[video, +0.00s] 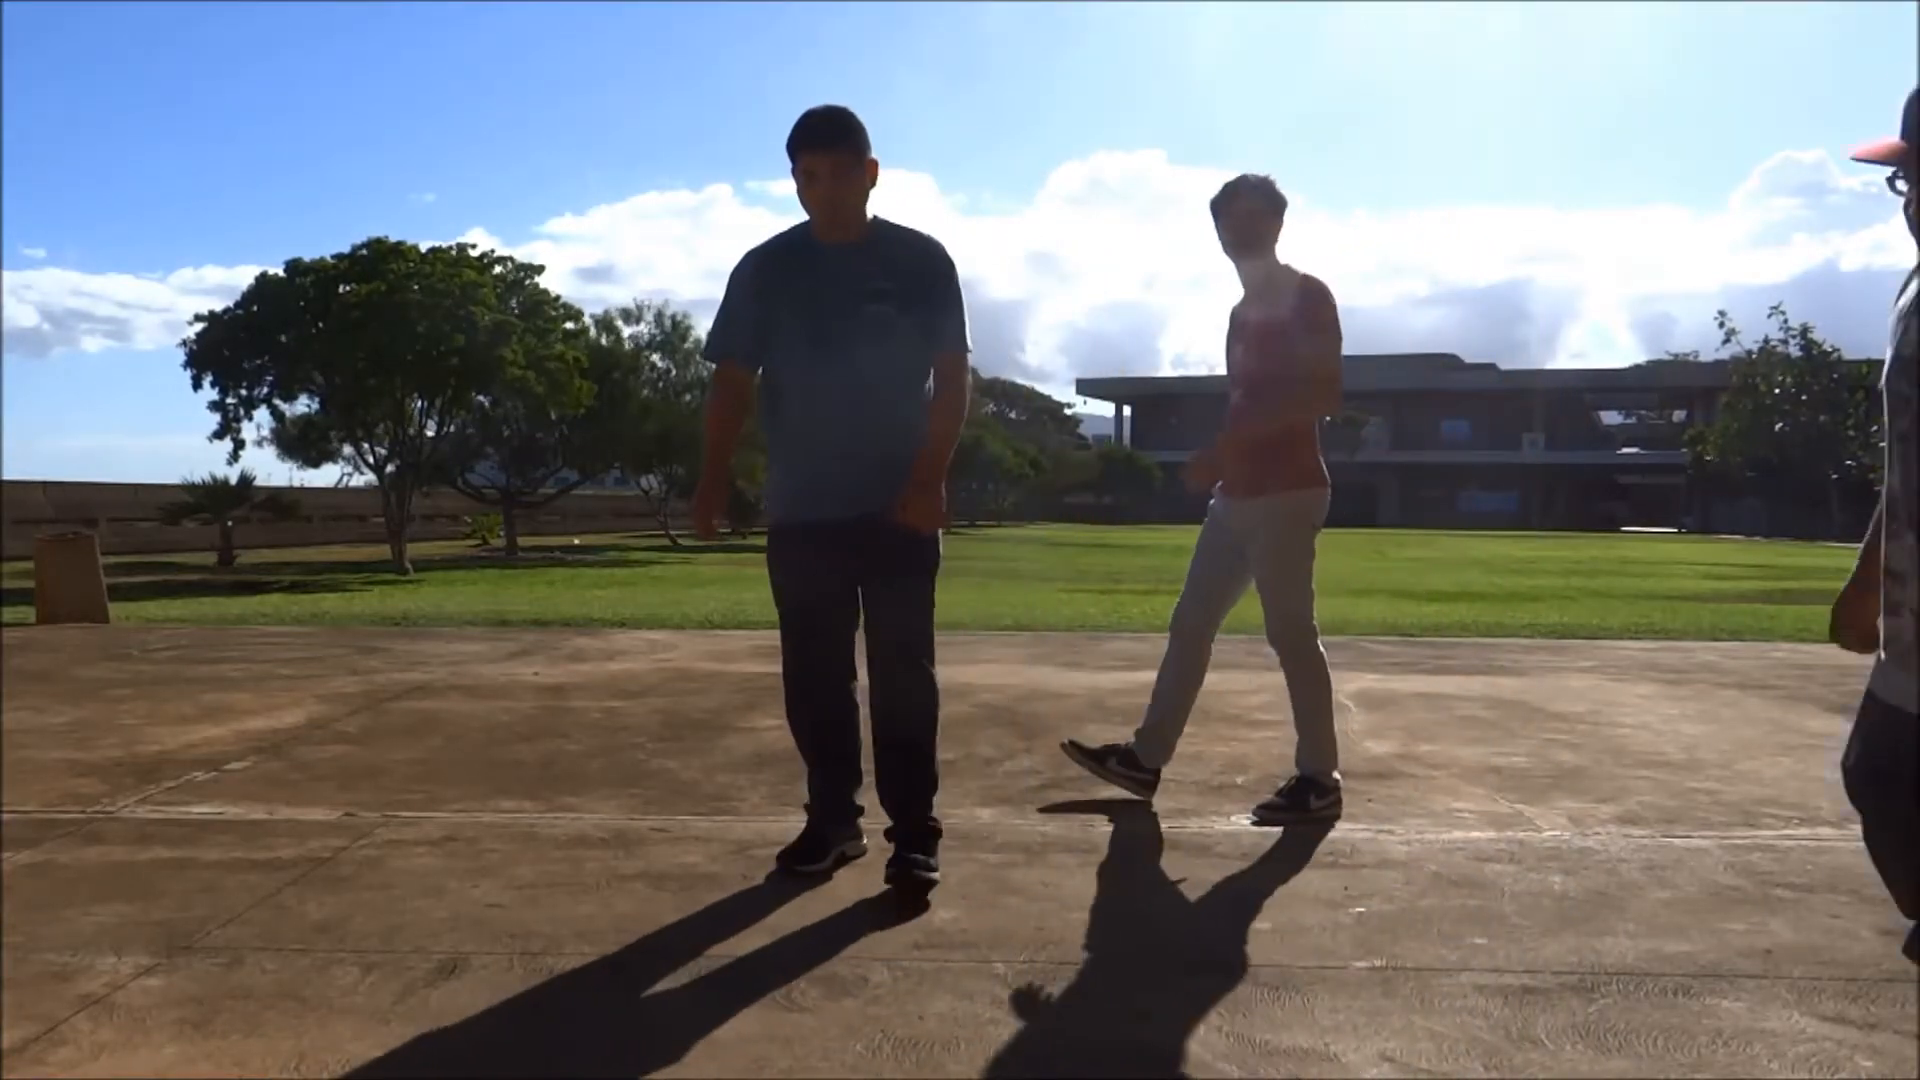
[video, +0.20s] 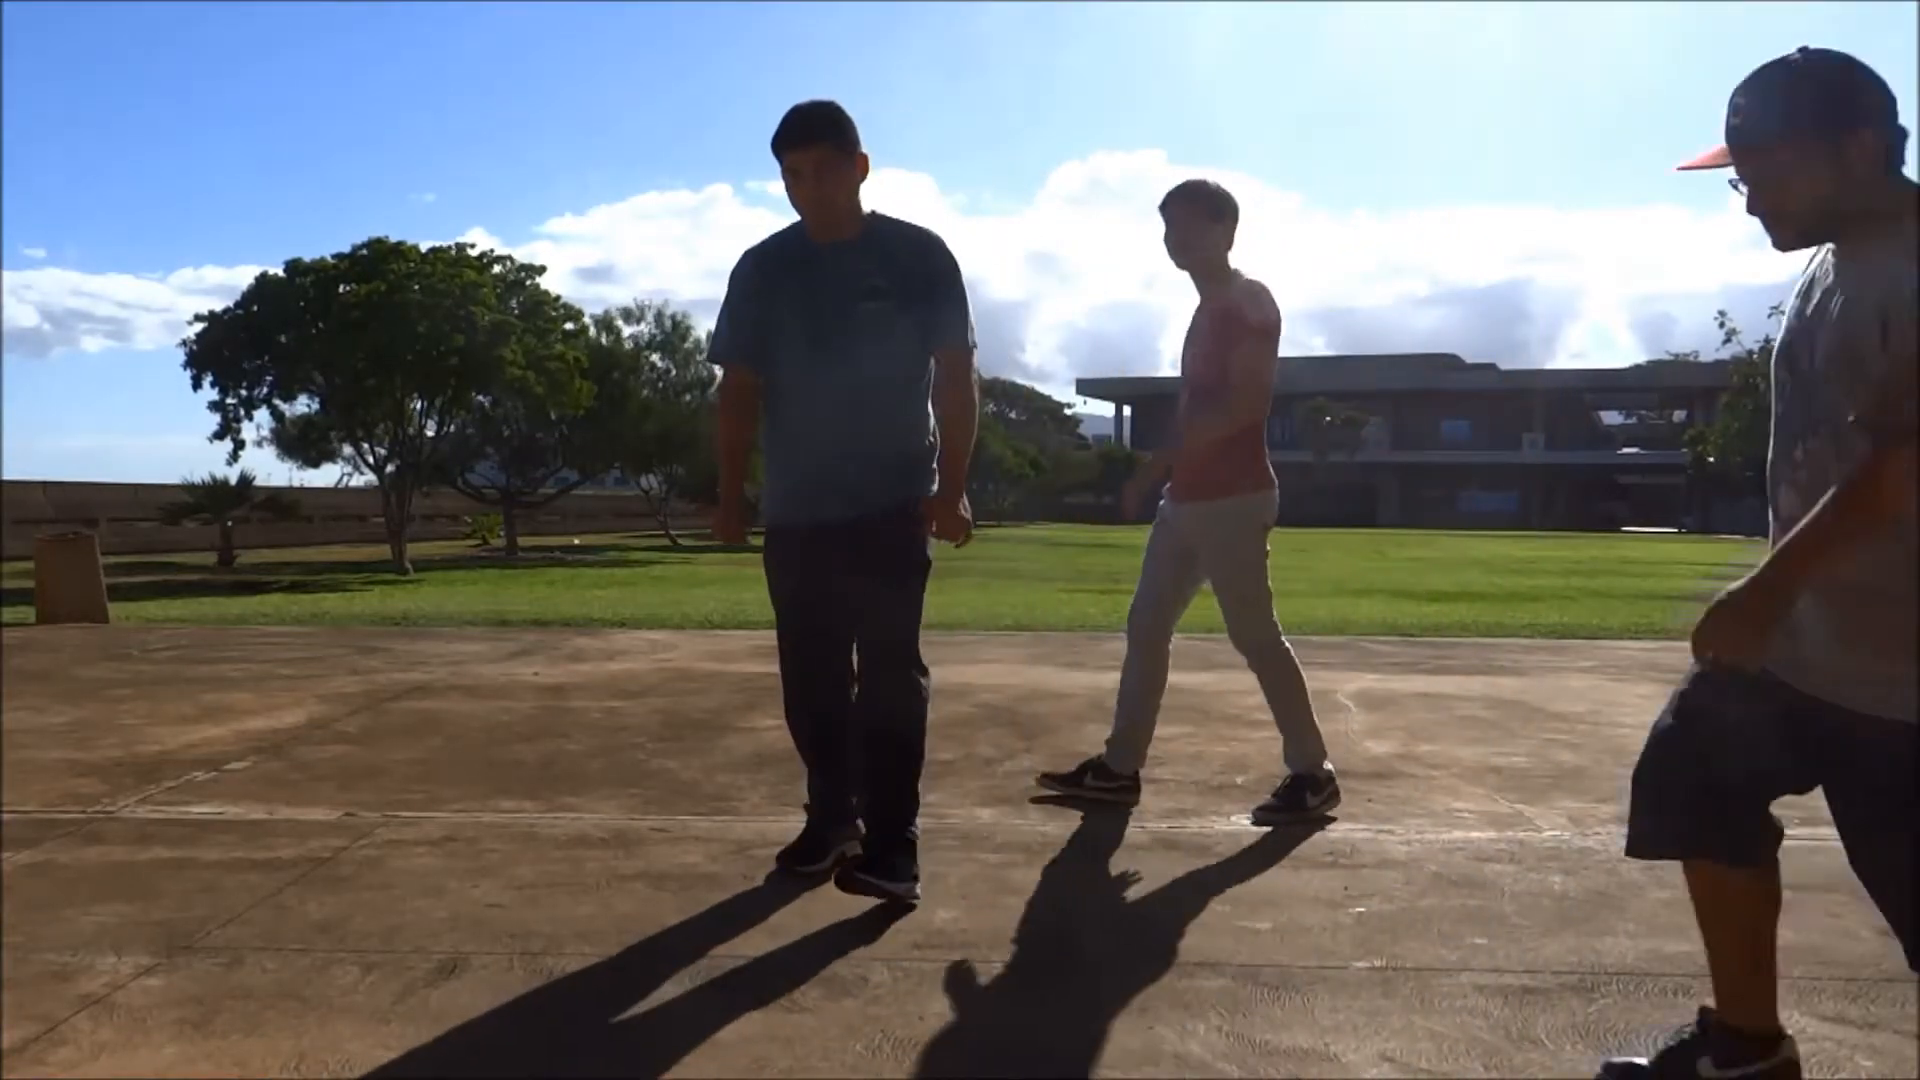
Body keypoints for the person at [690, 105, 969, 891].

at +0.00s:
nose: (817, 187)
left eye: (831, 171)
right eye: (804, 174)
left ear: (869, 170)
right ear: (793, 178)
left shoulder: (921, 261)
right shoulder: (762, 270)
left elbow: (952, 377)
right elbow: (729, 383)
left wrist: (929, 478)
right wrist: (714, 480)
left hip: (900, 503)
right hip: (802, 510)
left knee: (904, 676)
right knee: (814, 676)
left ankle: (913, 837)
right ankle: (831, 820)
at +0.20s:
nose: (807, 186)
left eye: (822, 169)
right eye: (794, 173)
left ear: (860, 166)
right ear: (779, 179)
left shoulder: (920, 255)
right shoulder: (761, 268)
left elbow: (955, 374)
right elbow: (736, 389)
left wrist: (952, 486)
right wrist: (731, 491)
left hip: (893, 502)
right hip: (797, 509)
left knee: (891, 673)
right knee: (811, 674)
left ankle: (891, 850)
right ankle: (831, 817)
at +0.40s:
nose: (786, 186)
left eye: (795, 168)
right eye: (779, 172)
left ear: (848, 154)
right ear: (787, 172)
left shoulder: (926, 247)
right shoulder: (778, 264)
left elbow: (967, 374)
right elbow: (749, 390)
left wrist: (961, 493)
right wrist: (739, 494)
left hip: (890, 504)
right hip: (799, 510)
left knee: (881, 680)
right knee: (805, 674)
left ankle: (890, 864)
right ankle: (830, 821)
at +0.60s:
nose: (776, 191)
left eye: (780, 171)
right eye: (770, 176)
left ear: (831, 147)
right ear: (811, 160)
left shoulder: (920, 234)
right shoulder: (800, 255)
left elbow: (951, 367)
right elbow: (778, 379)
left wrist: (930, 487)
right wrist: (746, 487)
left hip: (886, 502)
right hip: (802, 505)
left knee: (881, 673)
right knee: (778, 656)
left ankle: (889, 866)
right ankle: (817, 810)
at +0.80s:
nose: (760, 191)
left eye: (759, 170)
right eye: (753, 175)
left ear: (798, 147)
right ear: (797, 152)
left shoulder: (881, 219)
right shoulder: (812, 252)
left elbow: (880, 348)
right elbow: (809, 386)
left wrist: (840, 462)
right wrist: (778, 493)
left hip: (876, 499)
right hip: (814, 502)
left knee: (878, 676)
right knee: (780, 662)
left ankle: (887, 871)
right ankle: (750, 829)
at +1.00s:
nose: (741, 202)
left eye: (736, 180)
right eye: (732, 186)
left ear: (768, 151)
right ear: (783, 149)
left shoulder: (835, 213)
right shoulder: (849, 228)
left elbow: (807, 346)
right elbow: (853, 371)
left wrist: (734, 458)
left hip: (848, 502)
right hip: (813, 504)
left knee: (864, 682)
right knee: (770, 665)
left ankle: (885, 871)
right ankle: (729, 832)